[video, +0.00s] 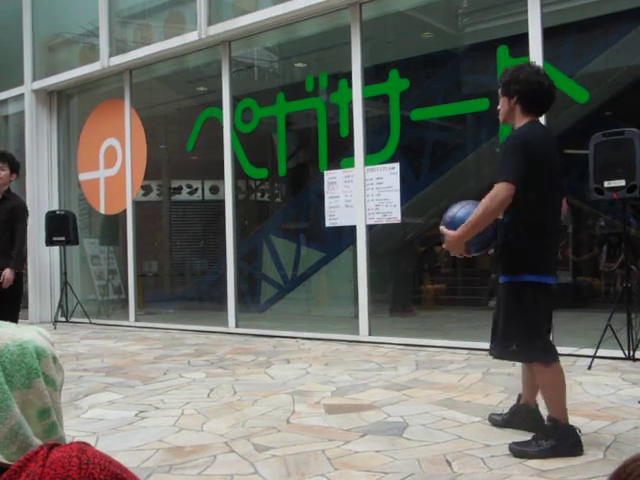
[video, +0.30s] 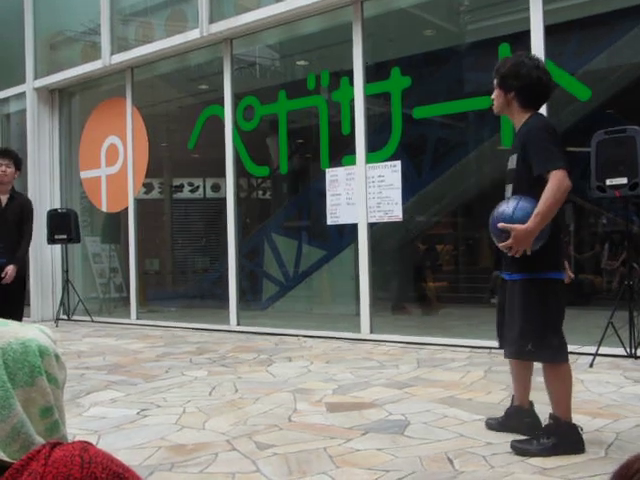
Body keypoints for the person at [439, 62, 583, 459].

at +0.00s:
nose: (497, 104)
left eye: (500, 97)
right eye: (498, 97)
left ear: (515, 100)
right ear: (532, 102)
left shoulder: (519, 141)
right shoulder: (544, 140)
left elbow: (501, 196)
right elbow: (556, 207)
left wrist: (460, 235)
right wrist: (495, 232)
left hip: (525, 265)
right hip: (533, 263)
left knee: (538, 344)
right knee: (528, 339)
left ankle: (561, 430)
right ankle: (527, 408)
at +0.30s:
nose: (492, 94)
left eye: (496, 88)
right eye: (494, 87)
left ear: (511, 93)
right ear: (520, 92)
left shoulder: (537, 130)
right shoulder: (526, 133)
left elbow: (560, 180)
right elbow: (542, 193)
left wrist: (531, 228)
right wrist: (559, 255)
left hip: (539, 260)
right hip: (519, 258)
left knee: (548, 341)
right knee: (515, 335)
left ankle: (563, 428)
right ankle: (520, 411)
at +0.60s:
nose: (487, 96)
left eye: (490, 89)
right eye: (489, 89)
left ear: (506, 93)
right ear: (512, 93)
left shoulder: (533, 126)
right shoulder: (519, 131)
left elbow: (556, 177)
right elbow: (530, 185)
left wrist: (531, 224)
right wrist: (517, 228)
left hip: (537, 261)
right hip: (511, 258)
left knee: (548, 342)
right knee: (491, 325)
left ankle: (568, 428)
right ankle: (507, 394)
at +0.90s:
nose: (485, 106)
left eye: (489, 99)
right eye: (488, 99)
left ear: (503, 103)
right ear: (510, 104)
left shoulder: (519, 138)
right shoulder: (512, 142)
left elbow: (531, 187)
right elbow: (522, 200)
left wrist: (503, 232)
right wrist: (497, 237)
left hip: (526, 267)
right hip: (511, 266)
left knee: (545, 346)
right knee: (510, 342)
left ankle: (579, 430)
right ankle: (498, 414)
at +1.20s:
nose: (488, 114)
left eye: (492, 108)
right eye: (490, 108)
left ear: (506, 111)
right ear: (520, 114)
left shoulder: (509, 140)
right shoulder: (529, 148)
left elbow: (505, 187)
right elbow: (536, 218)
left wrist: (473, 229)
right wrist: (536, 268)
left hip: (504, 267)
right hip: (519, 267)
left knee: (498, 340)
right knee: (512, 341)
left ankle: (558, 406)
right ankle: (512, 415)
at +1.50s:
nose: (490, 119)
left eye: (494, 112)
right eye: (493, 112)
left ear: (508, 116)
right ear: (523, 121)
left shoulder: (505, 141)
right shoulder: (534, 158)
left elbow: (494, 181)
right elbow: (537, 227)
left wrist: (463, 225)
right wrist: (531, 277)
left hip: (497, 263)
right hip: (521, 266)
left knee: (478, 335)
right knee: (517, 339)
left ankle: (529, 398)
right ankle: (512, 413)